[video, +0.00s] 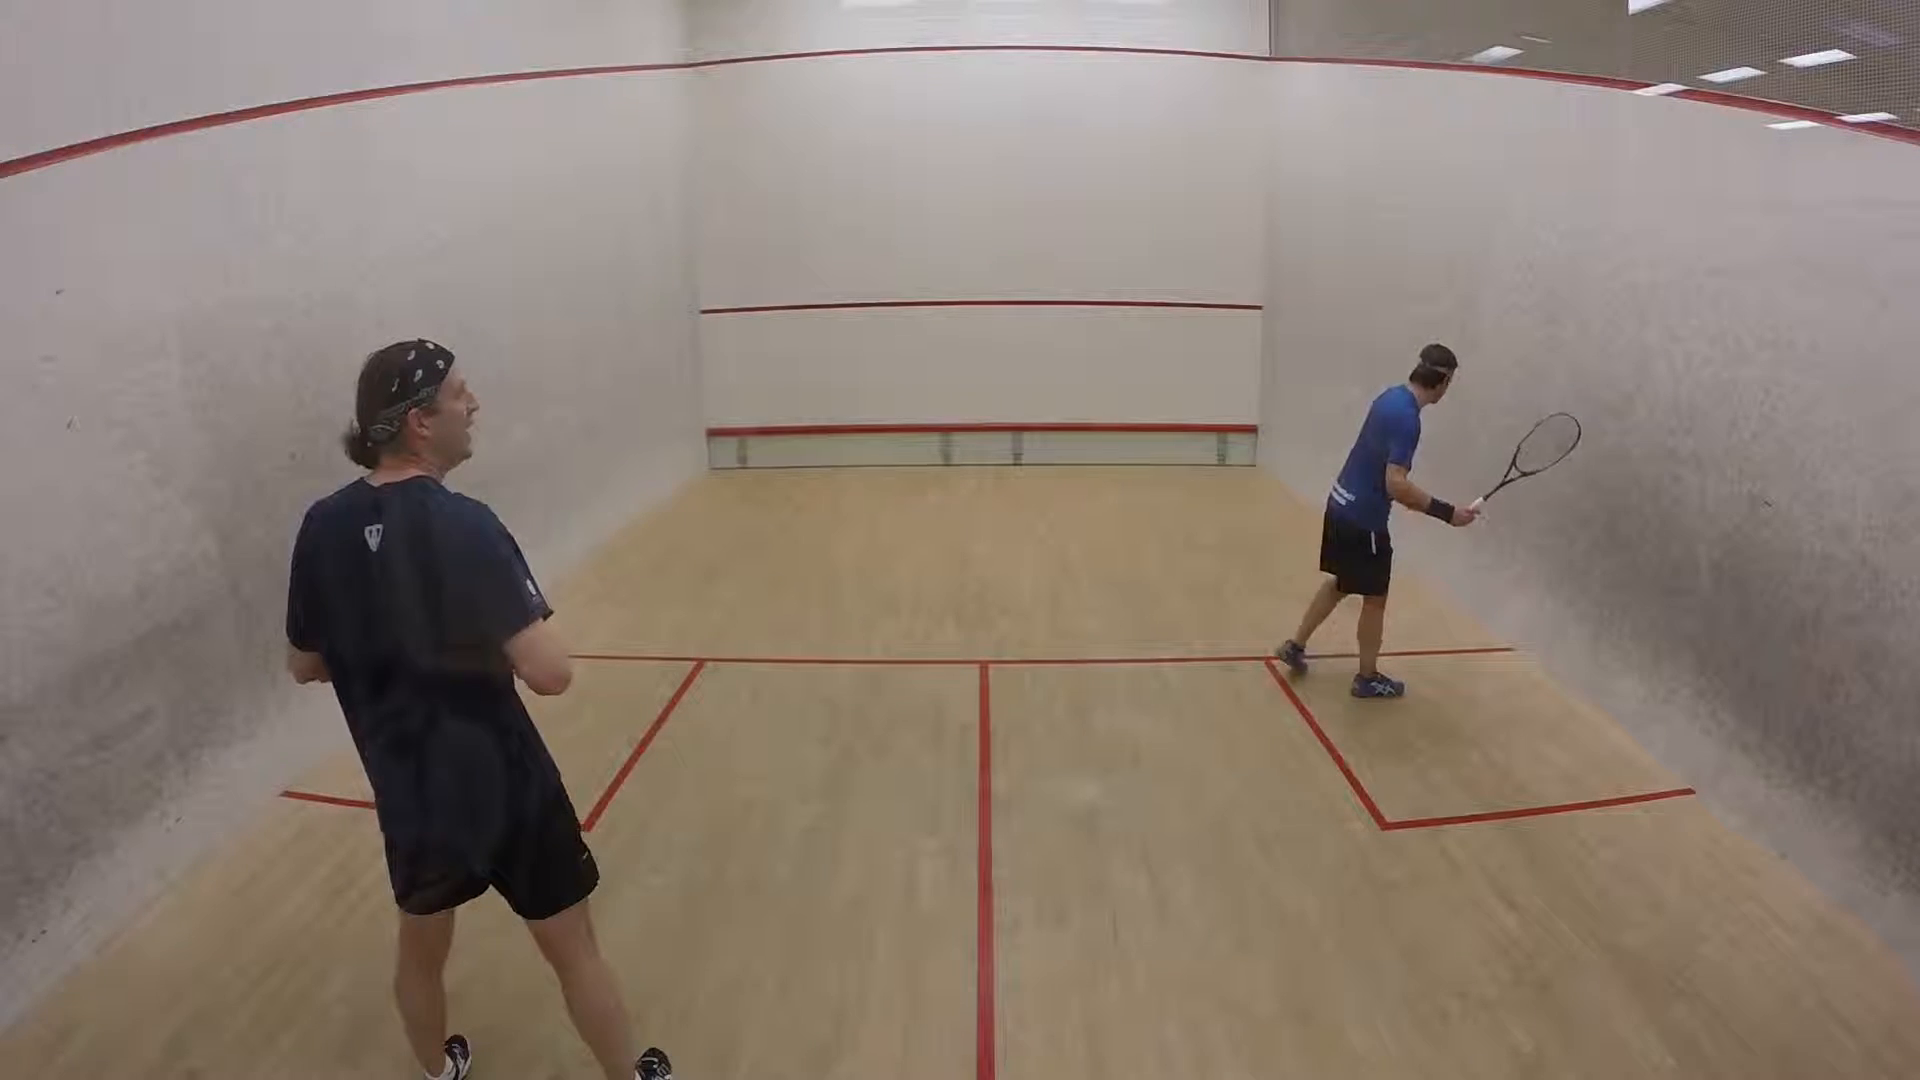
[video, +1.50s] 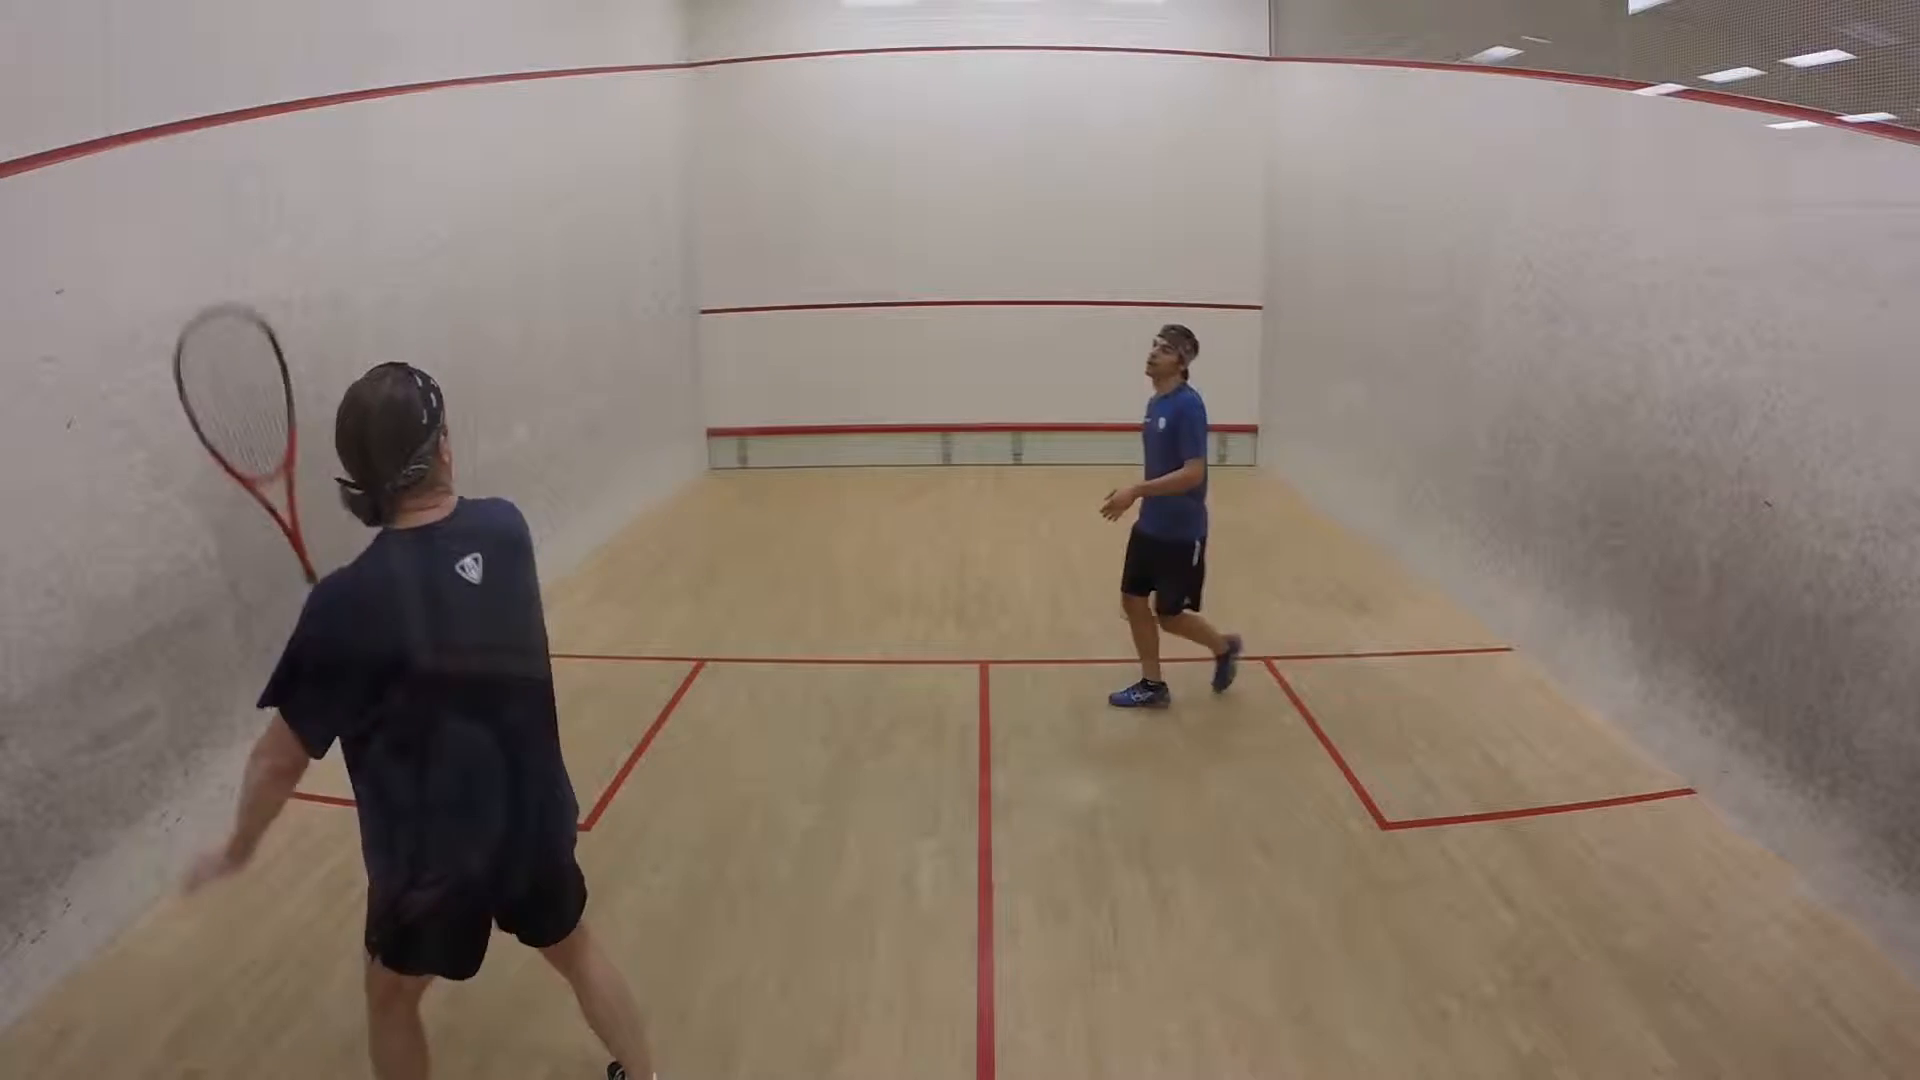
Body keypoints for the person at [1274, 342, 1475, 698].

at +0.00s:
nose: (1446, 391)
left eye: (1449, 384)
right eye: (1448, 384)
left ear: (1417, 372)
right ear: (1440, 382)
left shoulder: (1390, 398)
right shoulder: (1406, 417)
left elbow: (1374, 463)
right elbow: (1396, 485)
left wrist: (1406, 495)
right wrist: (1447, 512)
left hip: (1340, 507)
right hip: (1365, 522)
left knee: (1340, 582)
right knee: (1375, 599)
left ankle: (1295, 644)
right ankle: (1367, 677)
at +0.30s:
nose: (1423, 389)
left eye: (1422, 382)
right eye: (1424, 384)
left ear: (1393, 374)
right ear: (1419, 387)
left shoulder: (1364, 398)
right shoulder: (1392, 425)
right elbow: (1402, 494)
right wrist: (1459, 508)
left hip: (1314, 508)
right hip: (1347, 524)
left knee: (1306, 581)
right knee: (1365, 600)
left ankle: (1261, 649)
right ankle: (1365, 676)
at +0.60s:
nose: (1363, 380)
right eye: (1364, 376)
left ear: (1330, 369)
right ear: (1361, 378)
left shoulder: (1296, 396)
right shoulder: (1361, 428)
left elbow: (1259, 441)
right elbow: (1344, 487)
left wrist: (1256, 469)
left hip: (1272, 520)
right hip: (1316, 527)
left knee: (1264, 590)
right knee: (1340, 601)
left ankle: (1268, 672)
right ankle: (1358, 673)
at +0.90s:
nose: (1258, 348)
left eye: (1260, 343)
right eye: (1264, 343)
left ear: (1260, 348)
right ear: (1291, 351)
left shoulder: (1271, 391)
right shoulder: (1293, 389)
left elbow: (1263, 453)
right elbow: (1269, 453)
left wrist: (1209, 460)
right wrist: (1221, 474)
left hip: (1268, 511)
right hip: (1292, 506)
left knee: (1257, 585)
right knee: (1270, 579)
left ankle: (1269, 672)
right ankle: (1277, 650)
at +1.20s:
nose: (1198, 348)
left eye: (1207, 344)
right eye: (1203, 342)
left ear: (1225, 357)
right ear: (1220, 356)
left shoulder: (1246, 402)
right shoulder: (1215, 400)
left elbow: (1255, 469)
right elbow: (1223, 467)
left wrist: (1197, 483)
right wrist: (1210, 516)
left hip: (1247, 521)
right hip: (1216, 516)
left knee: (1260, 595)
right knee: (1189, 584)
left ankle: (1274, 665)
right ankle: (1169, 668)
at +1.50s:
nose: (1152, 353)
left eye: (1162, 350)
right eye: (1153, 347)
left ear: (1181, 362)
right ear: (1154, 355)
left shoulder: (1188, 405)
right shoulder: (1155, 404)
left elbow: (1194, 473)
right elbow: (1162, 466)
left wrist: (1135, 492)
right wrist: (1146, 510)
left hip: (1183, 530)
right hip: (1151, 523)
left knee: (1170, 615)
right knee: (1134, 601)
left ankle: (1224, 646)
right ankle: (1153, 683)